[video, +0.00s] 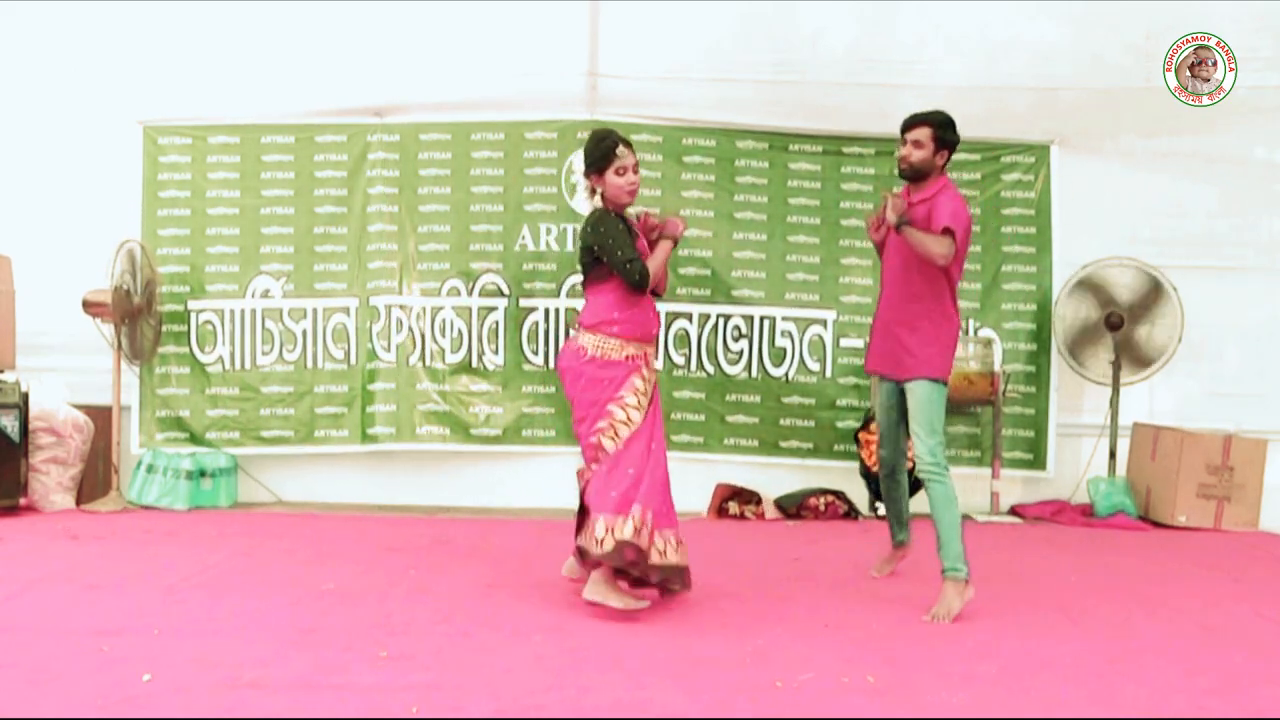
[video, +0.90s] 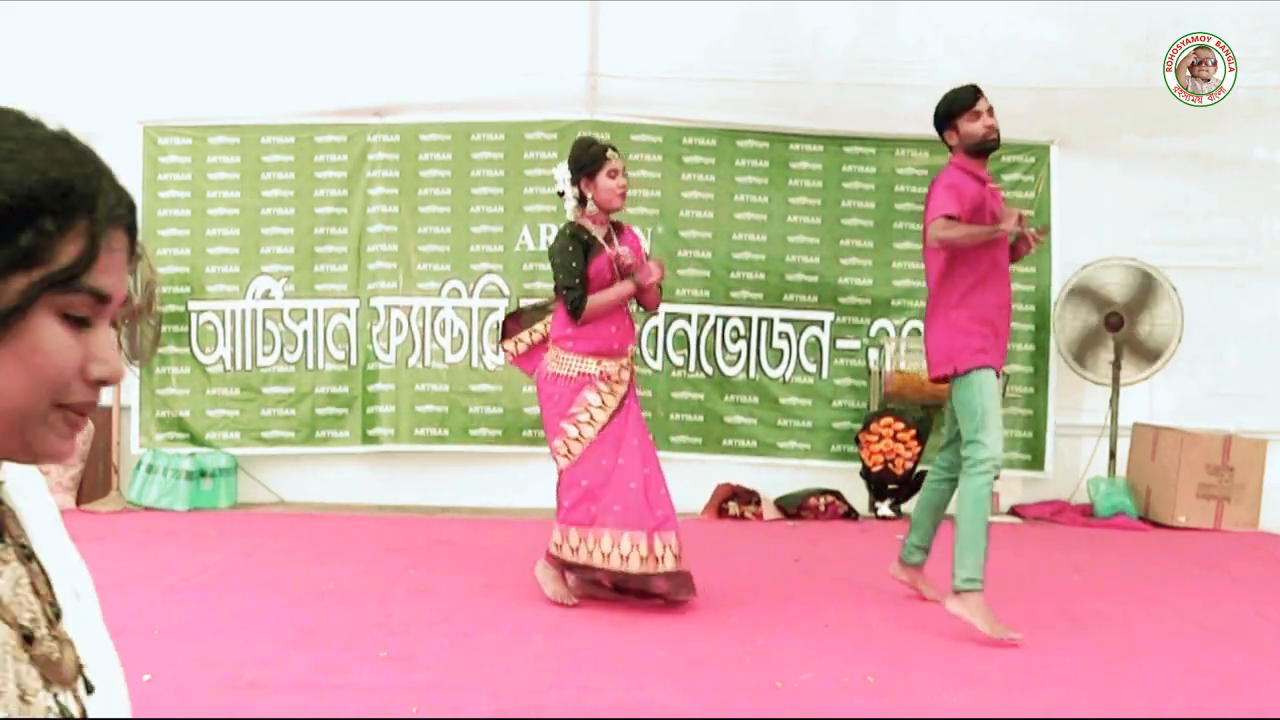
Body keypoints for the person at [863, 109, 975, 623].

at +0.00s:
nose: (906, 151)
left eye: (917, 145)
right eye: (904, 143)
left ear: (942, 154)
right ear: (902, 149)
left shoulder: (950, 201)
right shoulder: (900, 201)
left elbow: (944, 254)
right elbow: (895, 269)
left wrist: (901, 223)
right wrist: (882, 232)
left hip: (926, 347)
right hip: (886, 343)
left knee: (928, 459)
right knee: (888, 454)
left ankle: (955, 575)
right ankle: (899, 539)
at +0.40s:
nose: (917, 166)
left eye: (929, 161)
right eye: (914, 157)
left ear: (947, 172)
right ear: (906, 160)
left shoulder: (954, 215)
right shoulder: (901, 206)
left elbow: (993, 266)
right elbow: (894, 255)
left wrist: (971, 231)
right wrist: (852, 250)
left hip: (944, 351)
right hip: (903, 351)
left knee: (935, 453)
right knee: (911, 463)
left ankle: (976, 564)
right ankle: (912, 556)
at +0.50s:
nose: (933, 171)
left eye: (944, 166)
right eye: (927, 163)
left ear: (958, 178)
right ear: (915, 170)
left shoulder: (970, 237)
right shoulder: (897, 234)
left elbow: (988, 310)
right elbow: (896, 300)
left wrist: (958, 329)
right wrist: (877, 327)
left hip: (954, 374)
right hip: (905, 371)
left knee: (950, 480)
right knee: (907, 474)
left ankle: (951, 575)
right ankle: (910, 557)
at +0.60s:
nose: (946, 170)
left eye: (956, 163)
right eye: (937, 162)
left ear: (968, 175)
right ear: (923, 173)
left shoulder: (987, 237)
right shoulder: (898, 235)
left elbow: (1004, 311)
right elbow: (880, 311)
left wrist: (968, 326)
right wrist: (923, 319)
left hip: (969, 377)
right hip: (914, 376)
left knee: (969, 487)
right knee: (896, 483)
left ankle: (952, 579)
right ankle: (904, 542)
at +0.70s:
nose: (961, 147)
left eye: (968, 139)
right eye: (950, 140)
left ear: (977, 148)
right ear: (931, 151)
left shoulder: (994, 208)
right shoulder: (914, 205)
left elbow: (1030, 277)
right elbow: (893, 269)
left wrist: (1009, 250)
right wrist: (956, 239)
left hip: (980, 355)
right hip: (926, 351)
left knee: (974, 476)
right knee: (927, 467)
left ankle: (948, 572)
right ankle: (900, 520)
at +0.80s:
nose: (973, 129)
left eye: (977, 121)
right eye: (961, 123)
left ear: (985, 129)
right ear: (939, 135)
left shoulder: (991, 191)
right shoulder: (929, 182)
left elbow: (1022, 257)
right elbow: (919, 240)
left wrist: (1014, 222)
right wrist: (973, 207)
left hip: (981, 338)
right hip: (938, 332)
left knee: (974, 458)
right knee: (955, 445)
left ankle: (928, 562)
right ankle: (910, 536)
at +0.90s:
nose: (990, 121)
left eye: (990, 113)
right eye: (977, 116)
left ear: (991, 122)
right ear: (952, 132)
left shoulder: (985, 187)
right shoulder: (952, 180)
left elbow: (983, 265)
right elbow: (939, 233)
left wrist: (1015, 250)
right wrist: (1000, 229)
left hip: (982, 340)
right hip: (965, 340)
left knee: (952, 458)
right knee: (983, 458)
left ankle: (910, 560)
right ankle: (968, 592)